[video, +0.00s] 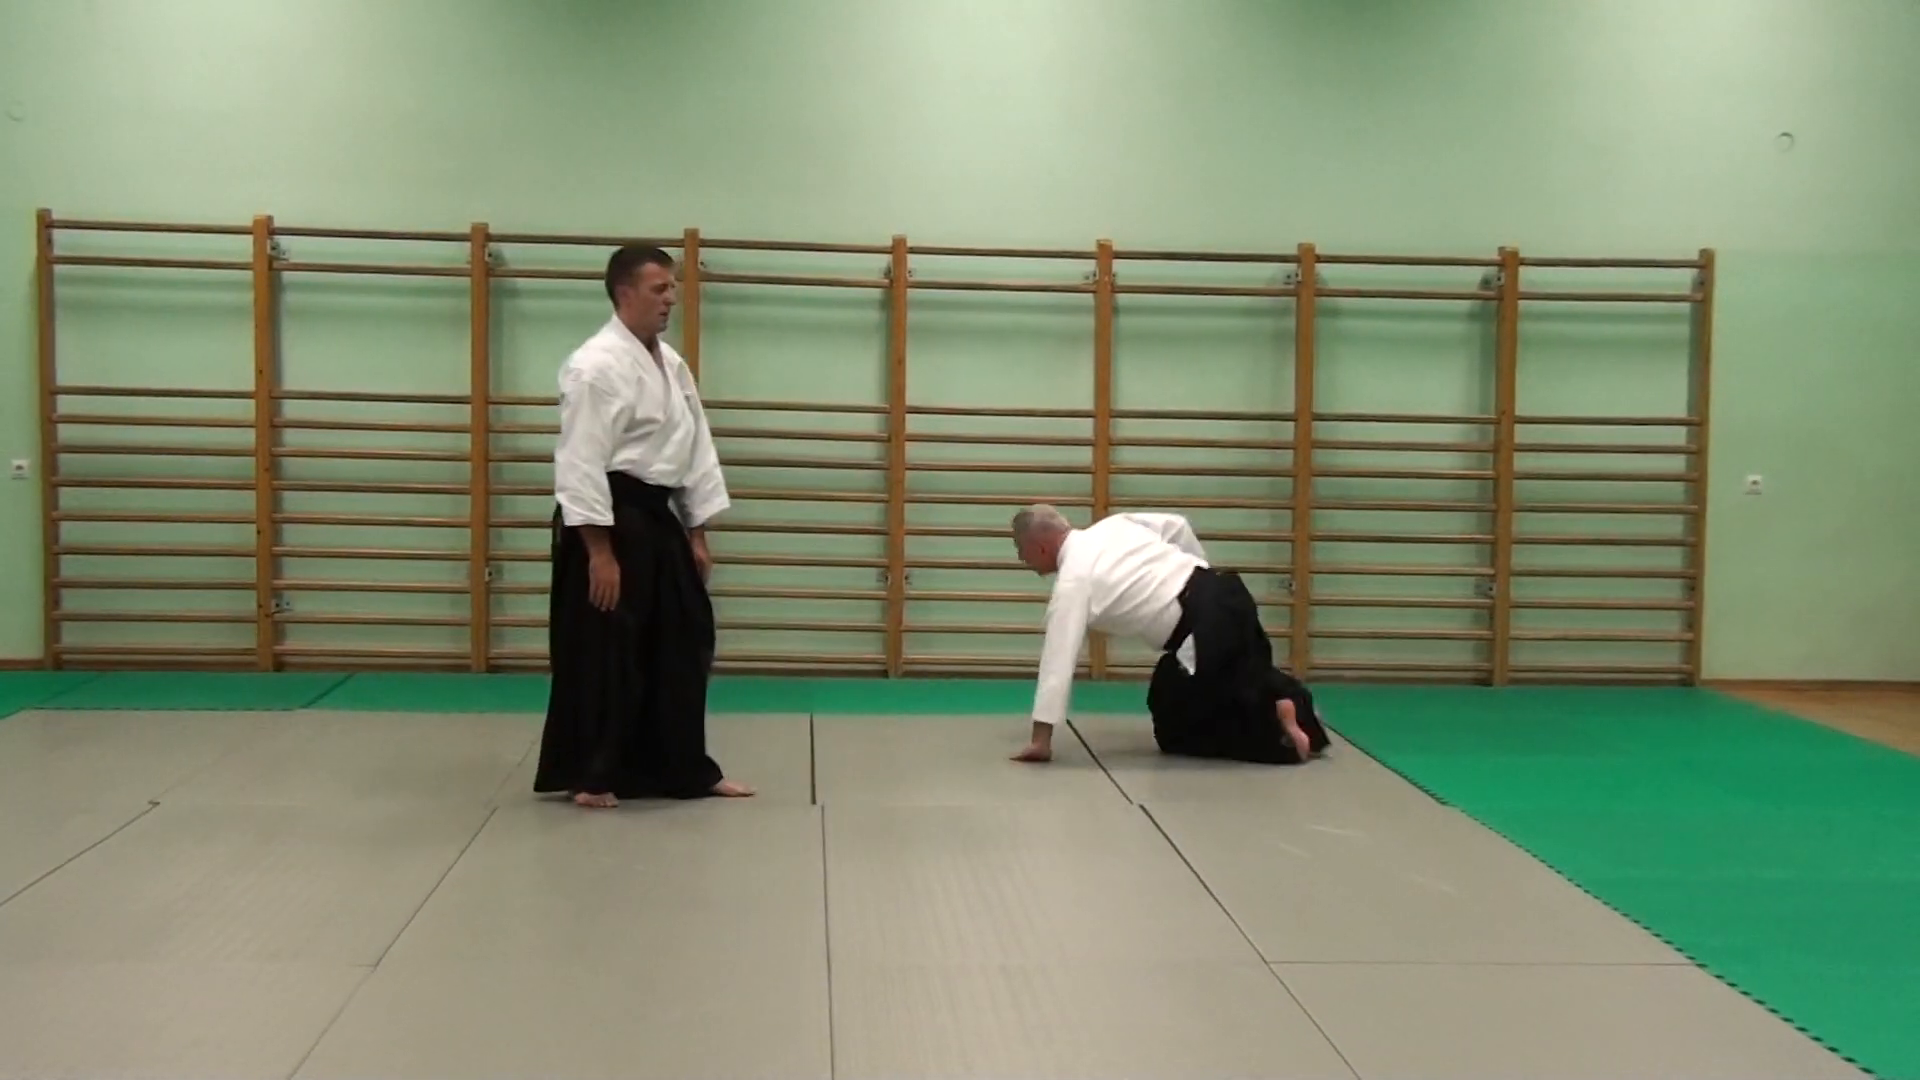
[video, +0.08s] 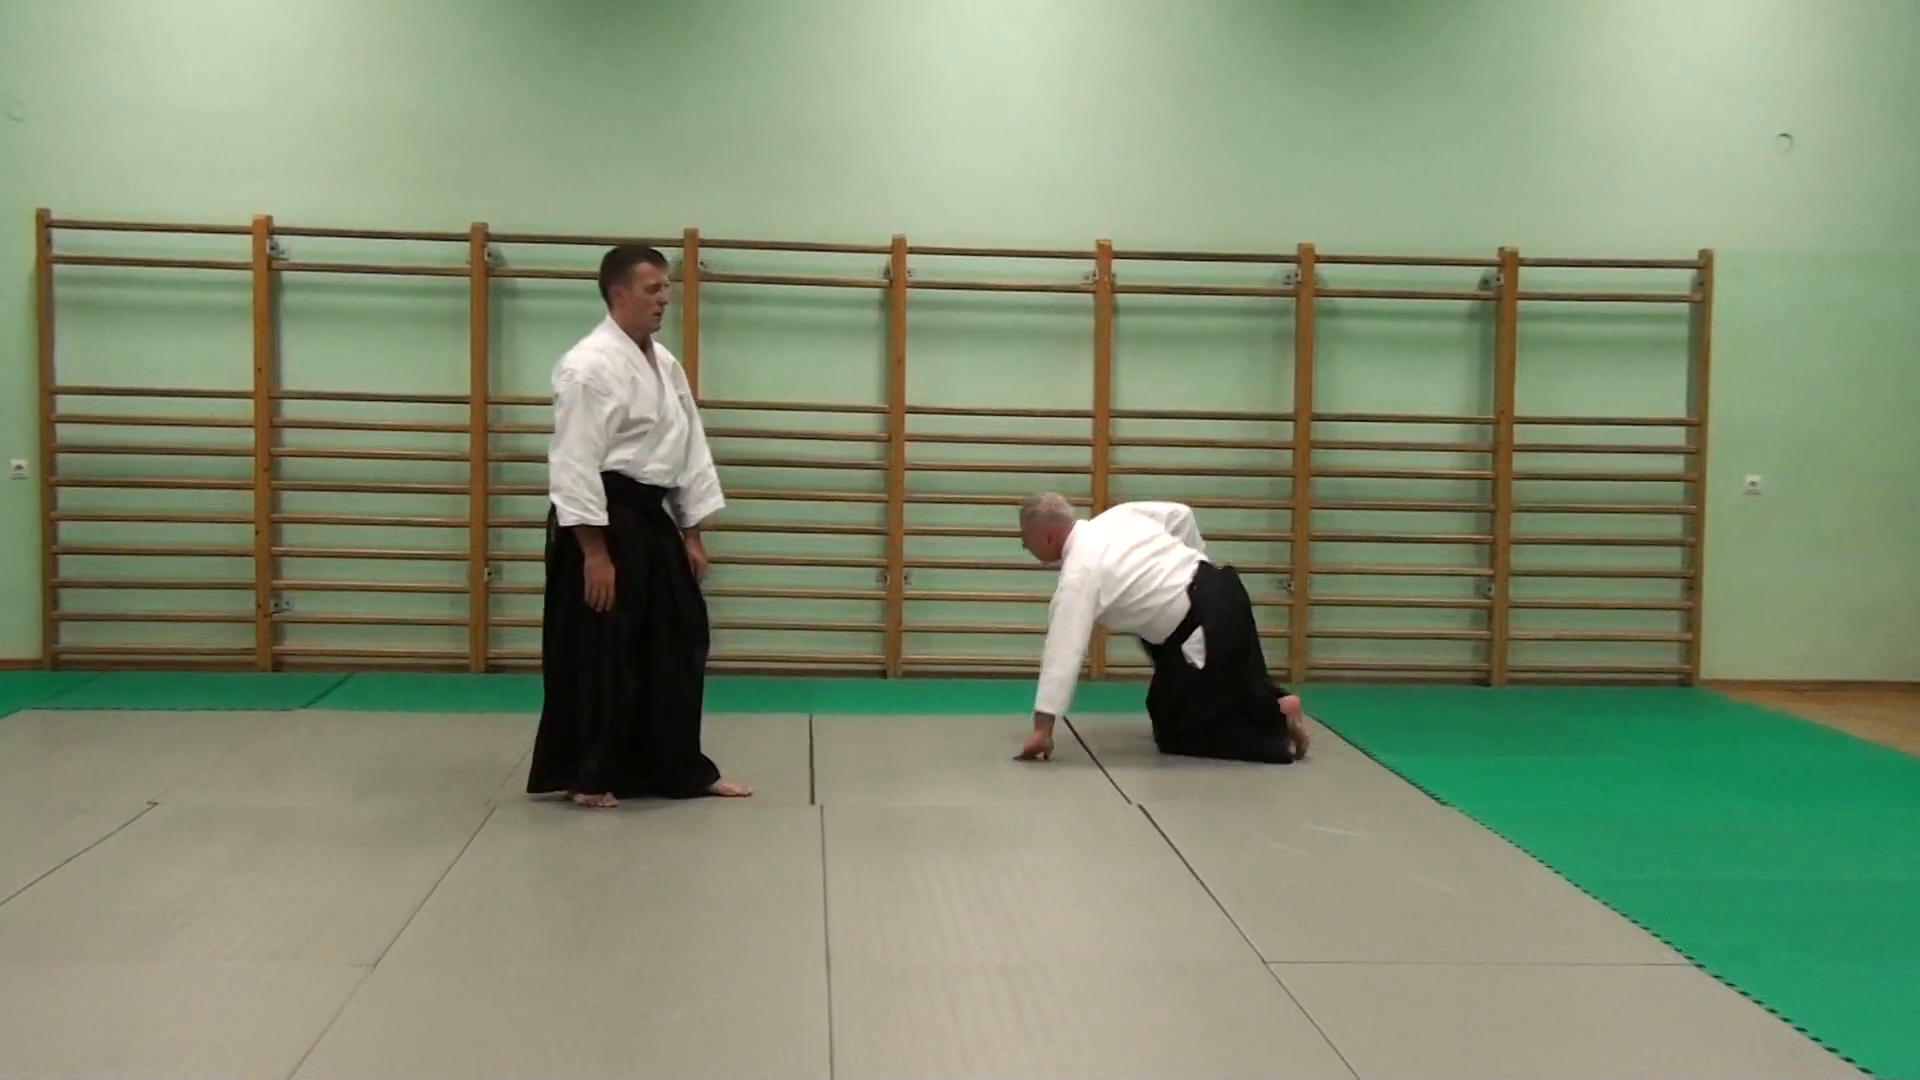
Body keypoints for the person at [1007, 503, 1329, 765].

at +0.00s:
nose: (1032, 568)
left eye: (1028, 560)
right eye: (1027, 562)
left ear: (1042, 545)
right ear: (1060, 528)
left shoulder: (1074, 575)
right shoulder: (1116, 524)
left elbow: (1058, 658)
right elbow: (1176, 526)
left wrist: (1041, 740)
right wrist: (1203, 580)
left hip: (1198, 631)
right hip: (1227, 596)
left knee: (1175, 735)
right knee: (1257, 677)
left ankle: (1269, 729)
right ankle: (1298, 710)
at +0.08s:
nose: (1031, 551)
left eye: (1029, 543)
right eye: (1028, 544)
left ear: (1049, 536)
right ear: (1065, 522)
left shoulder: (1079, 571)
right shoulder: (1120, 514)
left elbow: (1063, 651)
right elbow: (1180, 514)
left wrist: (1043, 729)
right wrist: (1197, 573)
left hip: (1201, 633)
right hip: (1224, 590)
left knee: (1175, 734)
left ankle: (1279, 741)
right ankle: (1275, 707)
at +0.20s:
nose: (1035, 526)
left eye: (1037, 516)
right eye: (1033, 517)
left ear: (1062, 510)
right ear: (1068, 504)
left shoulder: (1089, 549)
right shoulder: (1123, 502)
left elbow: (1070, 629)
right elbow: (1177, 509)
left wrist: (1048, 704)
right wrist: (1150, 562)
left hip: (1205, 628)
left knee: (1175, 734)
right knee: (1110, 631)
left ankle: (1278, 717)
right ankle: (1121, 718)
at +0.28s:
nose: (1035, 506)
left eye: (1039, 497)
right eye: (1036, 497)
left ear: (1067, 496)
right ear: (1074, 492)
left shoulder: (1094, 539)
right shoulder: (1125, 496)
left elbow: (1077, 618)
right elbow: (1164, 512)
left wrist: (1060, 685)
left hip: (1194, 628)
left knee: (1176, 734)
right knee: (1101, 652)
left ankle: (1262, 702)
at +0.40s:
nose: (1038, 485)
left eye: (1044, 475)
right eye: (1038, 476)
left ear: (1075, 475)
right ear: (1074, 474)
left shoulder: (1100, 520)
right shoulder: (1086, 510)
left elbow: (1105, 597)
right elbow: (1088, 583)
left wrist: (1086, 659)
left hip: (1172, 626)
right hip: (1133, 619)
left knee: (1176, 732)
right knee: (1056, 611)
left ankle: (1254, 701)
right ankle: (1052, 722)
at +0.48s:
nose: (1034, 467)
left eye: (1041, 458)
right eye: (1034, 459)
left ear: (1073, 460)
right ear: (1067, 459)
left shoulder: (1098, 506)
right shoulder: (1075, 497)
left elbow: (1125, 576)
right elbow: (1085, 548)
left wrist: (1110, 640)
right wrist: (1065, 583)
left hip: (1153, 614)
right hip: (1111, 605)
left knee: (1177, 726)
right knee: (1036, 625)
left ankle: (1253, 700)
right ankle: (1041, 726)